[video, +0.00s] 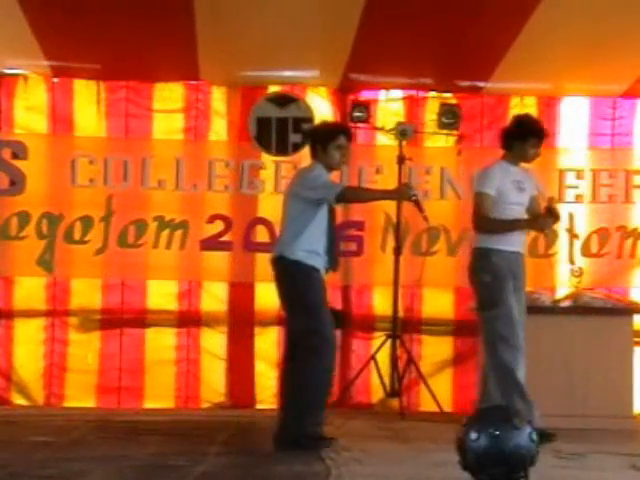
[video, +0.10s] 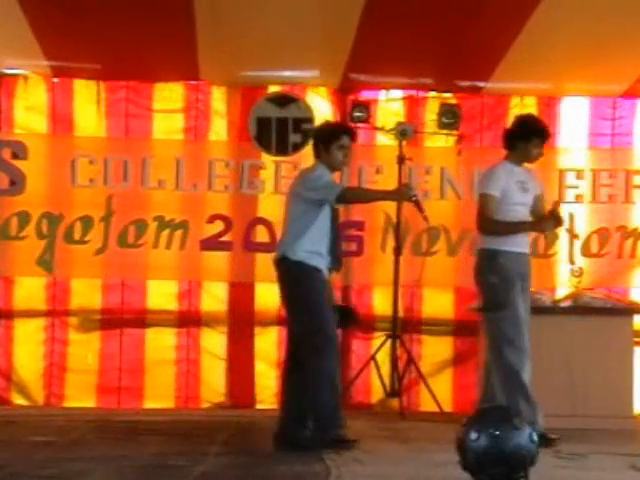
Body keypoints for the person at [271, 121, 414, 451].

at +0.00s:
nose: (344, 155)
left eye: (346, 149)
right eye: (338, 148)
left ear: (340, 152)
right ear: (320, 149)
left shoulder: (316, 178)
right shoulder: (311, 176)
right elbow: (347, 195)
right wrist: (394, 194)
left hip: (303, 267)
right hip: (297, 266)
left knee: (307, 343)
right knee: (319, 342)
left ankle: (296, 429)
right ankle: (302, 431)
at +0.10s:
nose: (346, 156)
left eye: (348, 150)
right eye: (341, 149)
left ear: (342, 152)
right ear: (323, 149)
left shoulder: (320, 181)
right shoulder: (313, 177)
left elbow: (317, 247)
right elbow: (347, 195)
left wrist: (330, 301)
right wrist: (395, 194)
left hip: (307, 268)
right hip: (300, 266)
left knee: (307, 347)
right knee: (321, 345)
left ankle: (295, 428)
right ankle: (325, 428)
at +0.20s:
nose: (351, 156)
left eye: (353, 150)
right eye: (346, 149)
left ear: (349, 152)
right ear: (329, 149)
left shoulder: (330, 184)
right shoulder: (318, 178)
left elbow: (329, 242)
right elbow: (348, 198)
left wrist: (338, 283)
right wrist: (396, 196)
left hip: (316, 270)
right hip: (305, 268)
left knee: (308, 349)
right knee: (325, 347)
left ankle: (291, 431)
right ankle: (348, 431)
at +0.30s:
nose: (355, 156)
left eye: (357, 150)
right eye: (349, 149)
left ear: (355, 153)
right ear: (332, 149)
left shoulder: (334, 185)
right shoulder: (321, 180)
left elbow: (334, 248)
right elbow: (352, 199)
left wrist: (347, 289)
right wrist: (399, 198)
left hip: (323, 272)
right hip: (311, 270)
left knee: (310, 351)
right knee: (328, 350)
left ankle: (292, 431)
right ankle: (352, 433)